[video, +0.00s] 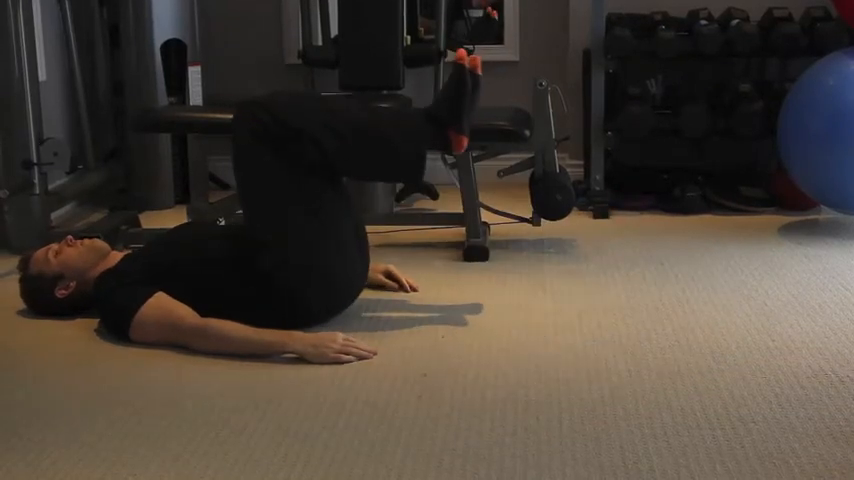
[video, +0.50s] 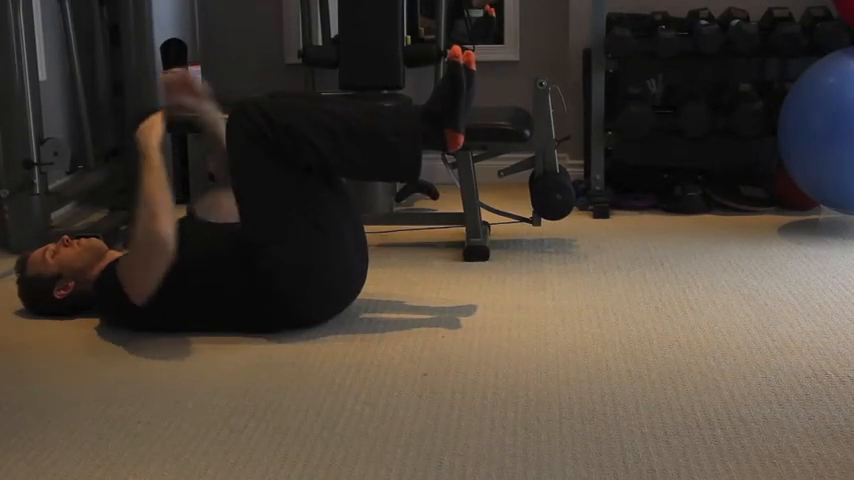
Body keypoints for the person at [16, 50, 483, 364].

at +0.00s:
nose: (70, 235)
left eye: (60, 237)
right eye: (57, 250)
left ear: (81, 245)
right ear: (67, 287)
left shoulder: (143, 250)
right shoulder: (117, 298)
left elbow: (245, 251)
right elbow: (200, 332)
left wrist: (356, 273)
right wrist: (303, 344)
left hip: (314, 265)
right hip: (297, 288)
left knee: (274, 119)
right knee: (260, 121)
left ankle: (431, 125)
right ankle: (433, 132)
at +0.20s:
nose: (66, 236)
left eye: (56, 237)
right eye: (54, 250)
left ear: (81, 241)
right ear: (67, 287)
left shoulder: (141, 253)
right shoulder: (115, 293)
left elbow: (238, 241)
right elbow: (193, 328)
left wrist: (346, 218)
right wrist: (295, 305)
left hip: (318, 253)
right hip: (305, 281)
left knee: (271, 118)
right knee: (259, 121)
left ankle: (432, 125)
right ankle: (431, 132)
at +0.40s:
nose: (68, 236)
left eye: (58, 237)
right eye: (56, 250)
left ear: (80, 237)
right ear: (66, 288)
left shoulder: (141, 254)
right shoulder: (116, 296)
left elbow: (242, 212)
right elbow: (186, 278)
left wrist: (254, 113)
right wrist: (182, 154)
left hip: (315, 264)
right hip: (300, 283)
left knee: (269, 118)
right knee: (255, 121)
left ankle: (426, 121)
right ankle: (429, 127)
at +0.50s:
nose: (67, 234)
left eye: (57, 235)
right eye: (55, 249)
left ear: (80, 233)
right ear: (66, 288)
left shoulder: (144, 266)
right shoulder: (117, 297)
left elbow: (225, 210)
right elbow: (158, 243)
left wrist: (212, 119)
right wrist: (150, 152)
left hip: (317, 267)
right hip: (298, 282)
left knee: (265, 119)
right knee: (257, 121)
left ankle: (425, 123)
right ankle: (428, 128)